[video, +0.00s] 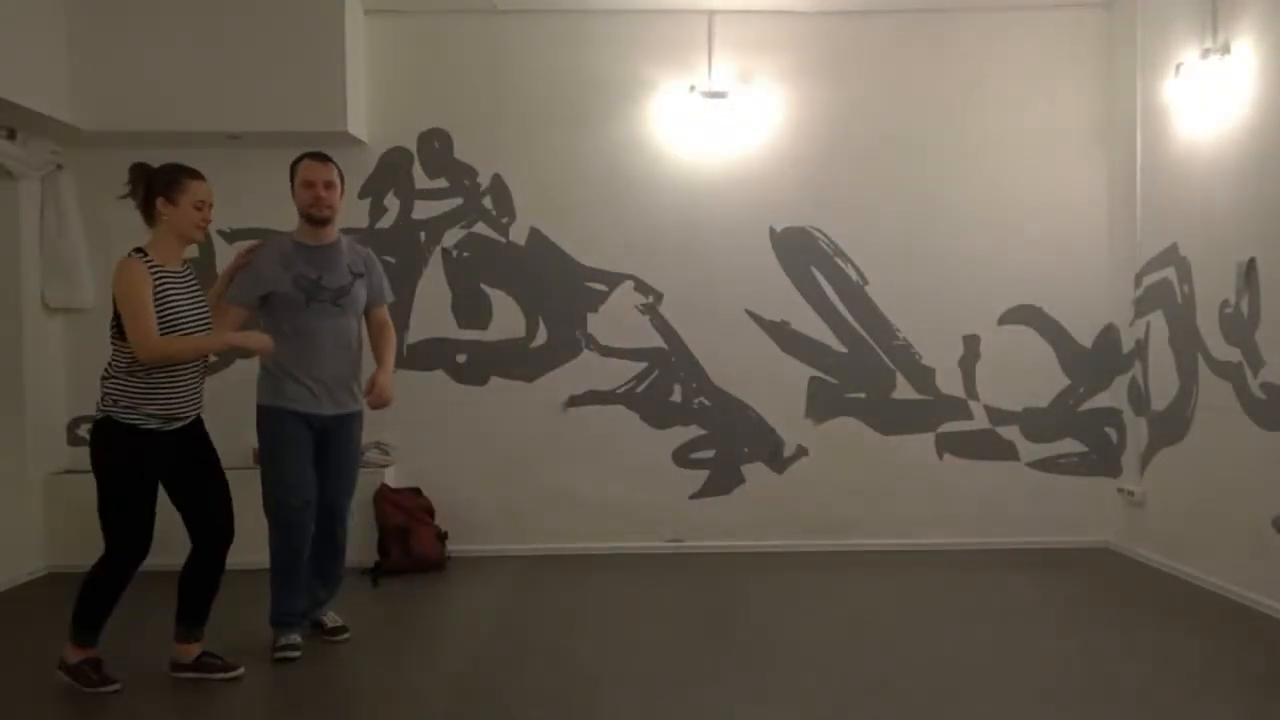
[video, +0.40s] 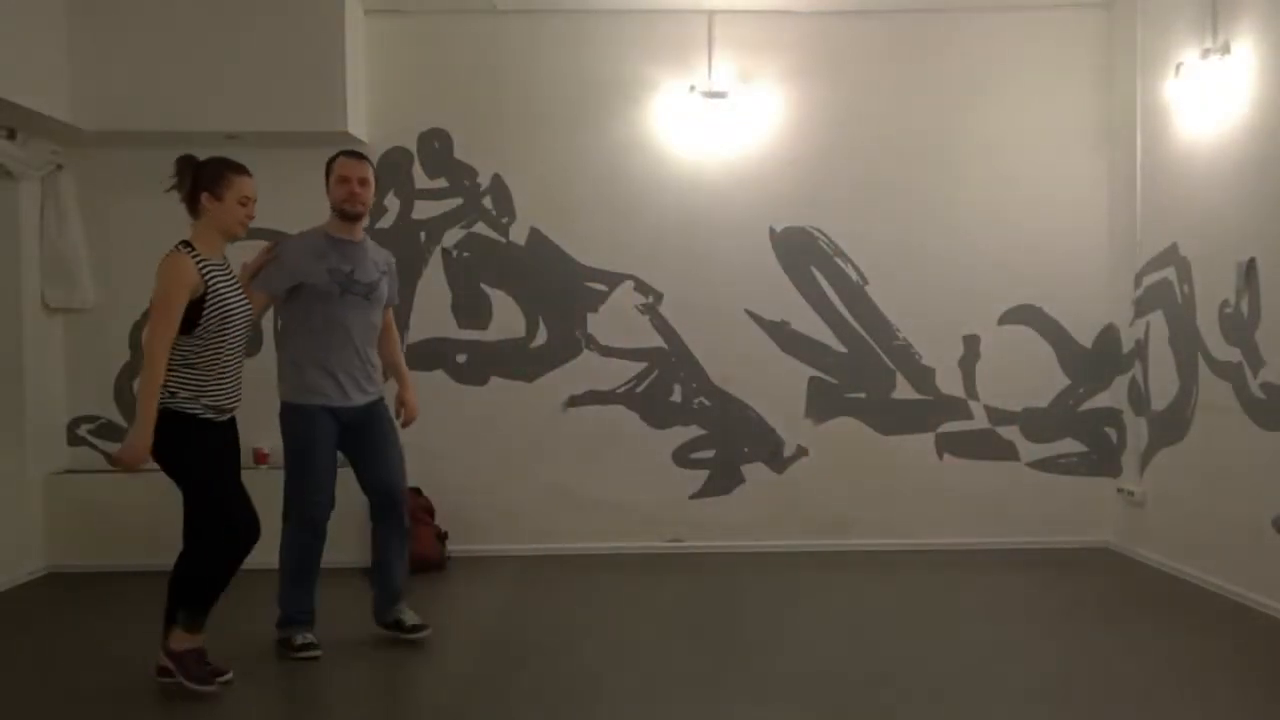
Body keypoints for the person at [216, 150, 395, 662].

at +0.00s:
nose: (319, 194)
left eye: (328, 185)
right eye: (309, 186)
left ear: (342, 194)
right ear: (293, 196)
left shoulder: (361, 259)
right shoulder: (267, 258)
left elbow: (381, 321)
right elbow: (225, 324)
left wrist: (385, 369)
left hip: (344, 406)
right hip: (285, 405)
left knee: (333, 511)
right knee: (292, 512)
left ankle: (318, 606)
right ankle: (287, 623)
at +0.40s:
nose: (353, 190)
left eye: (362, 183)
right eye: (344, 182)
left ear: (374, 193)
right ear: (327, 191)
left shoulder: (382, 262)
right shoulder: (294, 251)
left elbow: (385, 329)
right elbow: (239, 312)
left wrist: (405, 381)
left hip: (366, 401)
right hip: (308, 402)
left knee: (393, 497)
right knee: (309, 511)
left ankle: (391, 607)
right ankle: (295, 625)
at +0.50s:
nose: (369, 192)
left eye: (378, 185)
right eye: (359, 184)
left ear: (389, 195)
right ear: (343, 192)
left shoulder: (394, 265)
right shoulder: (312, 252)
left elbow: (393, 334)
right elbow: (254, 307)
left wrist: (416, 385)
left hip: (381, 403)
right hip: (324, 404)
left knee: (401, 506)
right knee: (320, 515)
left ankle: (416, 615)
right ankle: (297, 625)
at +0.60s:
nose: (384, 195)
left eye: (393, 188)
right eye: (375, 187)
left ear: (405, 198)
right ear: (359, 193)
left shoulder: (408, 266)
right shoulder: (330, 252)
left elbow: (405, 338)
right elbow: (273, 310)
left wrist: (431, 385)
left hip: (399, 406)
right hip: (344, 407)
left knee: (417, 509)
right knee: (341, 517)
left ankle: (418, 618)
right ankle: (303, 623)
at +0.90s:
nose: (411, 194)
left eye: (420, 187)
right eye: (401, 186)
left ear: (430, 196)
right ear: (383, 193)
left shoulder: (430, 262)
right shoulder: (359, 251)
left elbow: (439, 331)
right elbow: (306, 304)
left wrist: (480, 356)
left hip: (424, 395)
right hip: (371, 394)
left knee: (434, 503)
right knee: (401, 497)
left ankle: (418, 617)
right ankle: (367, 611)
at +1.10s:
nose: (416, 188)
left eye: (424, 181)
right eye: (407, 179)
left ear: (435, 192)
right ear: (389, 188)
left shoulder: (439, 259)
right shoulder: (367, 246)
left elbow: (447, 328)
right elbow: (319, 301)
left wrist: (492, 340)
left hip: (431, 399)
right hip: (380, 397)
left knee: (433, 508)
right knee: (403, 507)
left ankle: (424, 615)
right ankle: (418, 627)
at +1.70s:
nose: (383, 185)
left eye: (391, 178)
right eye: (374, 178)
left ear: (405, 190)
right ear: (359, 187)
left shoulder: (414, 259)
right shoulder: (334, 250)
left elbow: (419, 323)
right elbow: (297, 316)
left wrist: (468, 337)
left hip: (406, 398)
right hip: (351, 398)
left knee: (416, 510)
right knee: (367, 509)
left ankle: (417, 619)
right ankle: (329, 623)